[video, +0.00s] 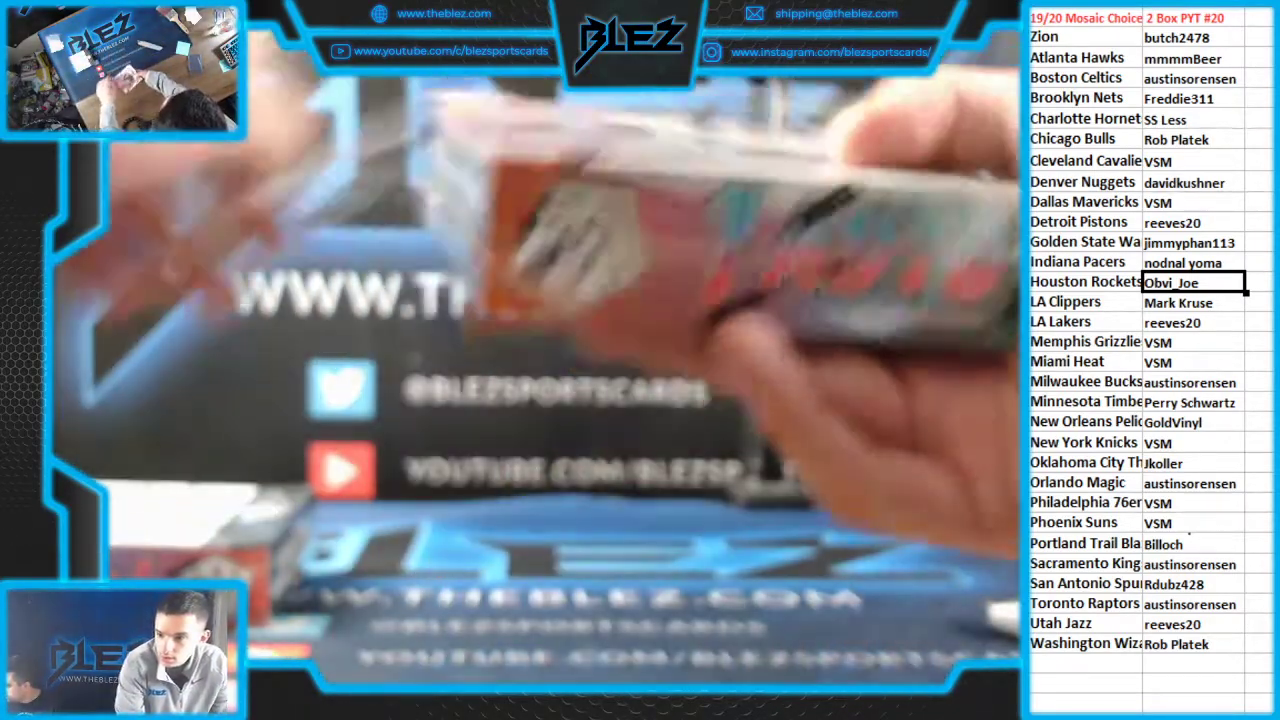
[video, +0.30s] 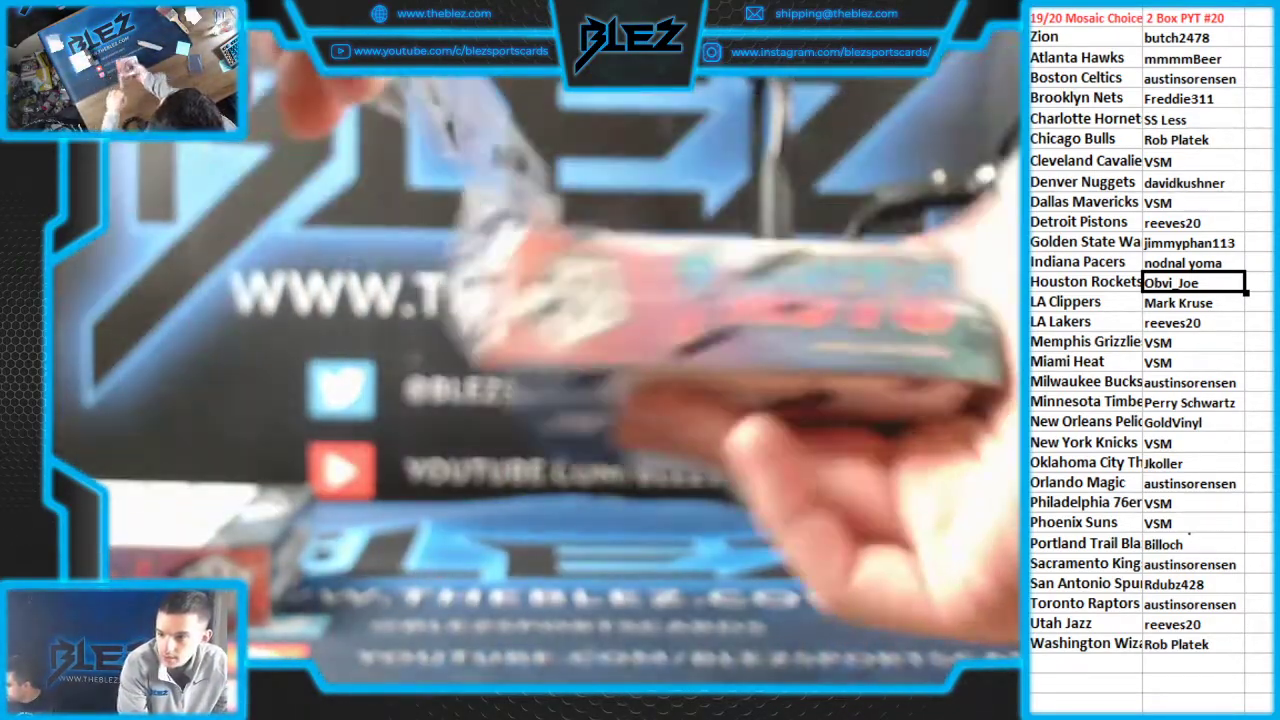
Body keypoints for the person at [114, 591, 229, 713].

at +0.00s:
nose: (167, 649)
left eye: (179, 638)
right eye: (160, 635)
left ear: (203, 638)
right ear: (154, 629)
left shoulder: (215, 661)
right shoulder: (136, 662)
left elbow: (218, 713)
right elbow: (128, 714)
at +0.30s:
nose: (168, 648)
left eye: (180, 637)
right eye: (161, 635)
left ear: (205, 638)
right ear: (155, 630)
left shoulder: (216, 660)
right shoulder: (137, 662)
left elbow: (219, 712)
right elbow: (131, 714)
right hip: (157, 712)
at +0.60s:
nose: (167, 646)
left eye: (179, 635)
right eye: (160, 632)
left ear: (204, 636)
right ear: (154, 628)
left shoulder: (217, 661)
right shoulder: (136, 662)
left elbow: (219, 713)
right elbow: (128, 714)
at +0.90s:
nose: (166, 644)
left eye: (178, 634)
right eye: (159, 631)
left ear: (203, 634)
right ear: (154, 628)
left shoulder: (217, 661)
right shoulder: (135, 662)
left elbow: (219, 713)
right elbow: (128, 714)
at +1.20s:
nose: (163, 645)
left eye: (175, 636)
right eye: (156, 633)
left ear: (201, 635)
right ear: (151, 629)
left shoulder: (216, 661)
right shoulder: (134, 662)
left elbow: (219, 713)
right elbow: (129, 714)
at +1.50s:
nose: (161, 646)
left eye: (173, 636)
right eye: (154, 634)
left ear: (199, 636)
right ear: (150, 629)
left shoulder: (215, 661)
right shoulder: (133, 663)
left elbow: (217, 713)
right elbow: (129, 714)